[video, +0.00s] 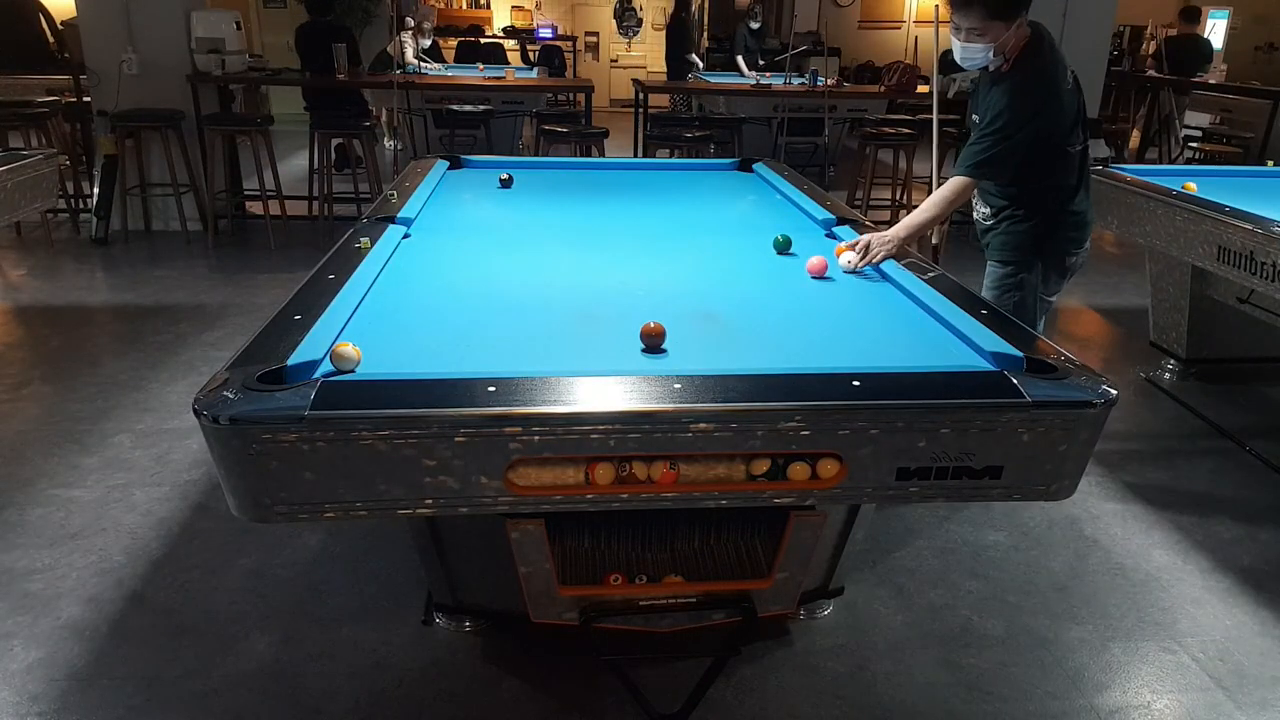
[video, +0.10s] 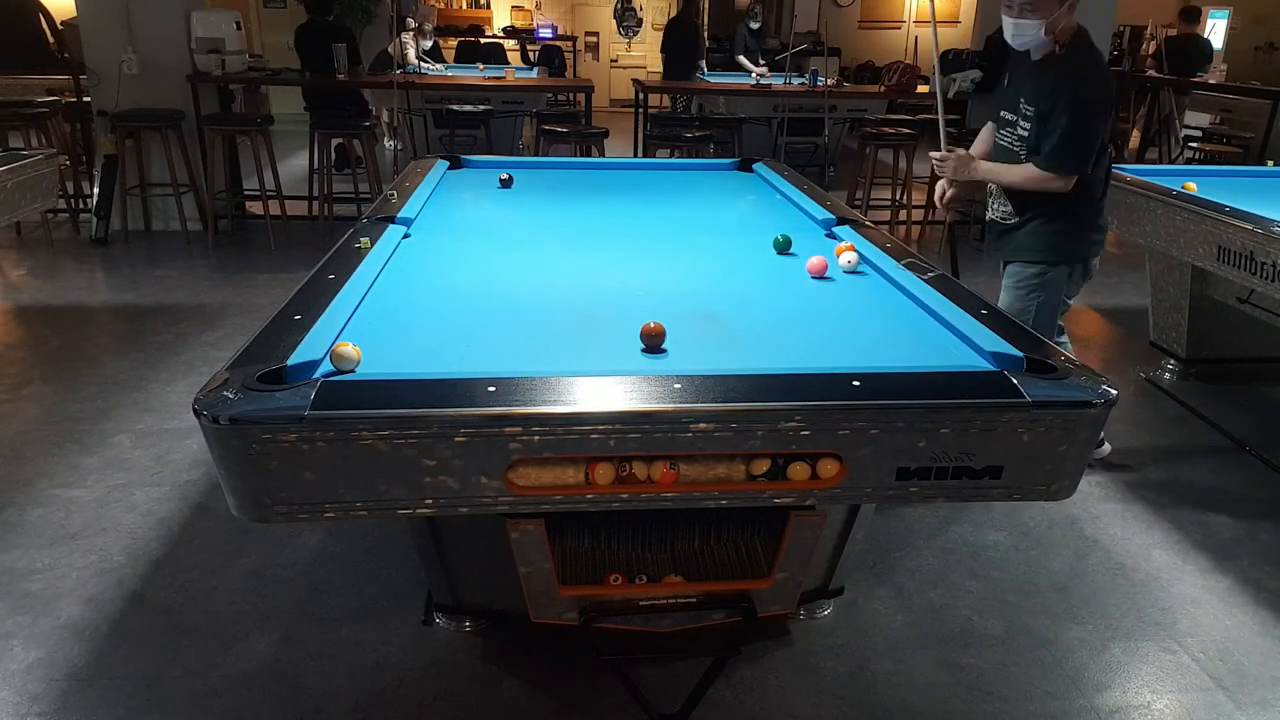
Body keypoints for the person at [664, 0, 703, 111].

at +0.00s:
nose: (694, 8)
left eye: (693, 5)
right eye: (693, 5)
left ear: (678, 5)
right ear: (687, 6)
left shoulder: (673, 20)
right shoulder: (683, 21)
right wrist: (698, 62)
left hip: (673, 67)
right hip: (682, 68)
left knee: (675, 101)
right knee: (683, 102)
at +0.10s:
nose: (700, 11)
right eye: (699, 8)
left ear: (683, 6)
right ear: (696, 9)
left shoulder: (671, 22)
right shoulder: (695, 25)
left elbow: (663, 51)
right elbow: (700, 56)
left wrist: (666, 68)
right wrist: (704, 70)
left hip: (670, 72)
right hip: (688, 74)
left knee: (674, 107)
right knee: (684, 108)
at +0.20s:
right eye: (698, 5)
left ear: (680, 5)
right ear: (695, 7)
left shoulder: (669, 21)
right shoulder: (697, 25)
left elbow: (660, 51)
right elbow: (699, 57)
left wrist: (655, 73)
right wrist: (692, 69)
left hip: (669, 76)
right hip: (688, 77)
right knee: (683, 113)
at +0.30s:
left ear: (672, 6)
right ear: (688, 8)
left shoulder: (664, 22)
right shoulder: (692, 23)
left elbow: (657, 53)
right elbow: (694, 55)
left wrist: (653, 74)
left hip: (665, 73)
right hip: (685, 75)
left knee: (668, 111)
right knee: (681, 111)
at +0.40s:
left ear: (668, 6)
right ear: (685, 7)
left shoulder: (661, 21)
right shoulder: (689, 23)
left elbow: (653, 49)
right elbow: (694, 51)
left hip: (663, 71)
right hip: (682, 72)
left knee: (663, 107)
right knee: (679, 108)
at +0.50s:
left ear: (666, 4)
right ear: (682, 5)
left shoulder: (658, 21)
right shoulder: (687, 22)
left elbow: (652, 51)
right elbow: (690, 51)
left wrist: (654, 70)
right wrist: (684, 65)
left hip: (661, 70)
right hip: (681, 71)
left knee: (663, 106)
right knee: (678, 107)